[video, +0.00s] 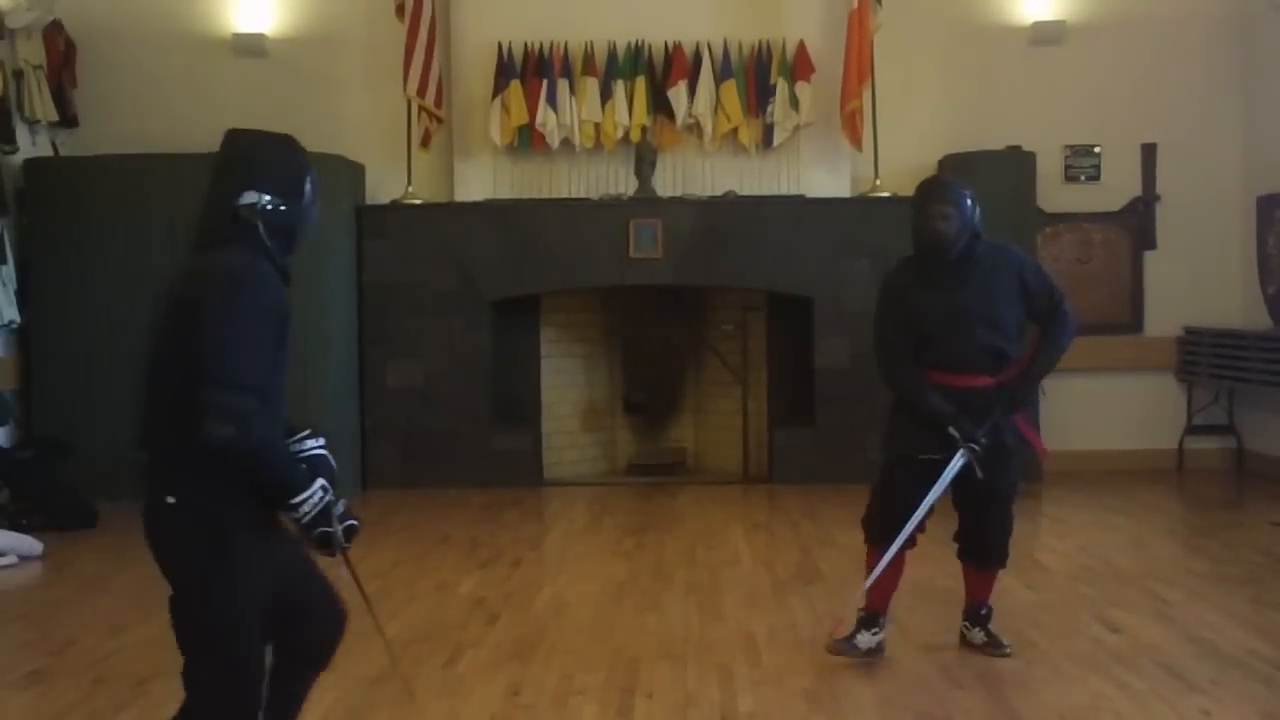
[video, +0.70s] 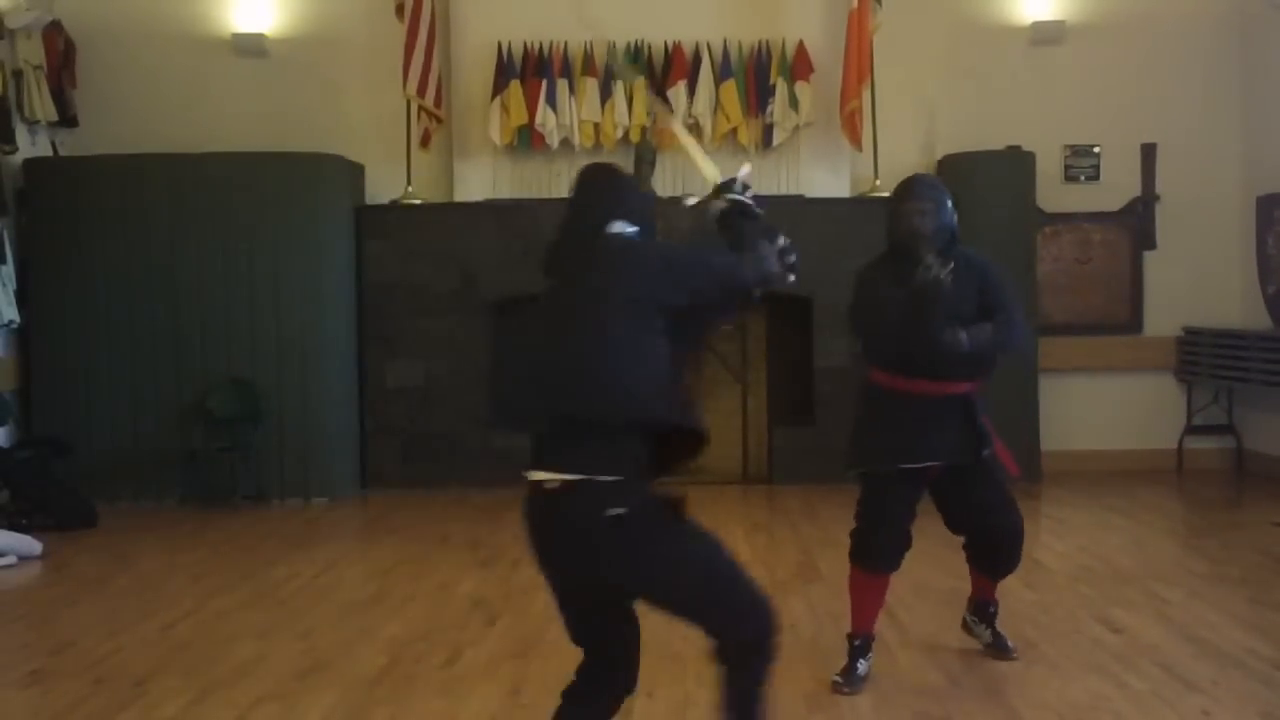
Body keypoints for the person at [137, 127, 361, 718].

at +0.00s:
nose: (309, 215)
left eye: (307, 198)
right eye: (304, 198)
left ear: (232, 198)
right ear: (274, 203)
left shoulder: (218, 272)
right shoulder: (245, 280)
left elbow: (230, 407)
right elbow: (232, 421)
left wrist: (291, 449)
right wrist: (304, 493)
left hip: (222, 504)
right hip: (206, 511)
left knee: (316, 622)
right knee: (228, 692)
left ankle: (272, 708)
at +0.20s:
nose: (380, 215)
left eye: (379, 201)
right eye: (374, 201)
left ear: (307, 206)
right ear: (340, 208)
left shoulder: (298, 279)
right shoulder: (310, 286)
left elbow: (313, 410)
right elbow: (297, 423)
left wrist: (367, 471)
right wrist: (374, 494)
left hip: (289, 517)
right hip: (267, 522)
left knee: (395, 638)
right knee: (275, 697)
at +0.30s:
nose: (419, 239)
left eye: (417, 223)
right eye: (412, 223)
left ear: (353, 226)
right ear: (381, 227)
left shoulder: (338, 297)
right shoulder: (352, 299)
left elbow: (333, 451)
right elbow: (360, 437)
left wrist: (412, 503)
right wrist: (444, 479)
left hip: (340, 538)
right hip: (312, 544)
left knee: (452, 629)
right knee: (285, 707)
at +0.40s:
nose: (465, 252)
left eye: (460, 237)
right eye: (456, 237)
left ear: (394, 241)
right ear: (431, 241)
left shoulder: (389, 307)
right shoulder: (417, 300)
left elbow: (424, 442)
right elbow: (490, 381)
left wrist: (505, 470)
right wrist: (590, 400)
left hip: (405, 536)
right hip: (379, 540)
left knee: (507, 639)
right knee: (332, 695)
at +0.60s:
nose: (588, 242)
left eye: (585, 234)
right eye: (579, 233)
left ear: (520, 233)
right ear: (556, 232)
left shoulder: (515, 285)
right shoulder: (546, 270)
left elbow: (621, 339)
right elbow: (633, 264)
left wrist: (708, 284)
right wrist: (699, 246)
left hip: (492, 515)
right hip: (517, 517)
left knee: (575, 676)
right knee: (628, 670)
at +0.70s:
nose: (653, 222)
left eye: (650, 215)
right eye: (647, 213)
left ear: (579, 217)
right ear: (634, 216)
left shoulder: (564, 276)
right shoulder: (641, 265)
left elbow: (675, 315)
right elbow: (748, 270)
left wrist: (754, 261)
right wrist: (740, 217)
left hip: (549, 508)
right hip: (617, 508)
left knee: (609, 662)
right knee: (747, 622)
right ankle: (742, 708)